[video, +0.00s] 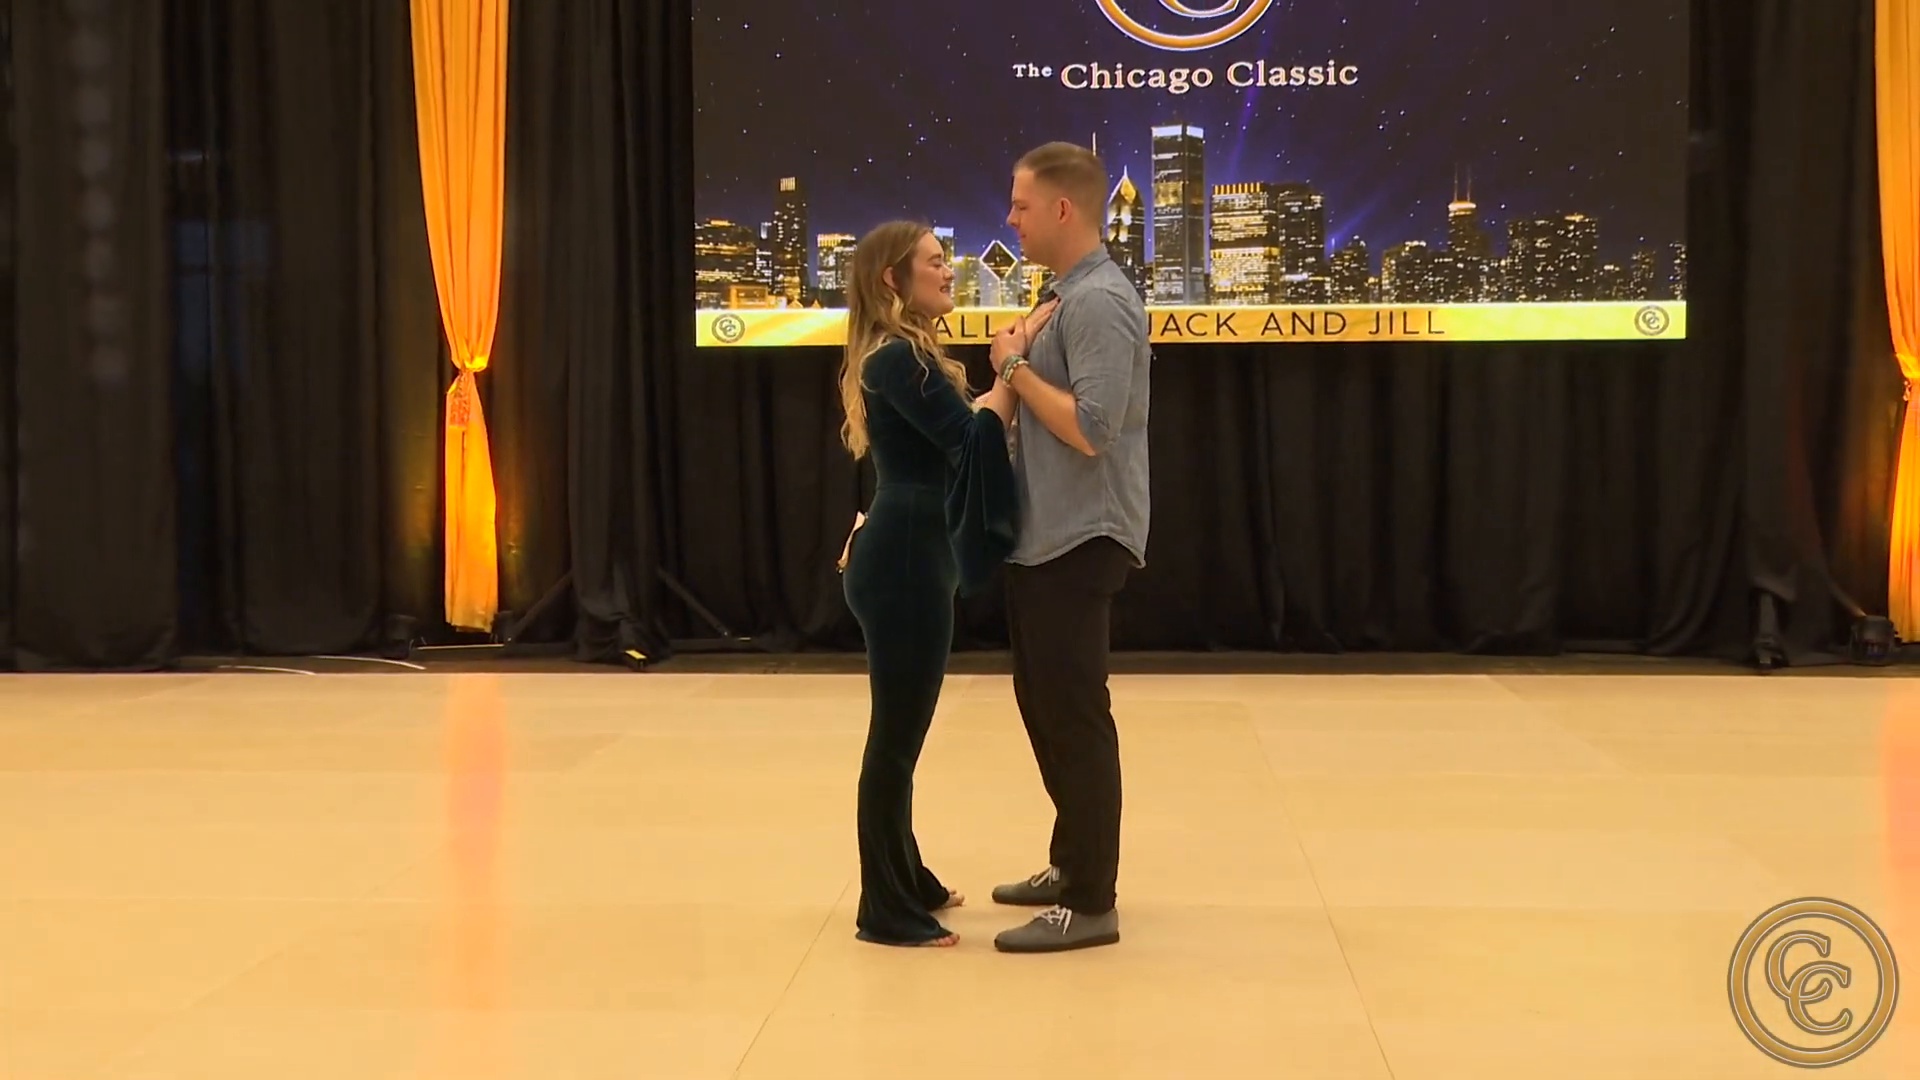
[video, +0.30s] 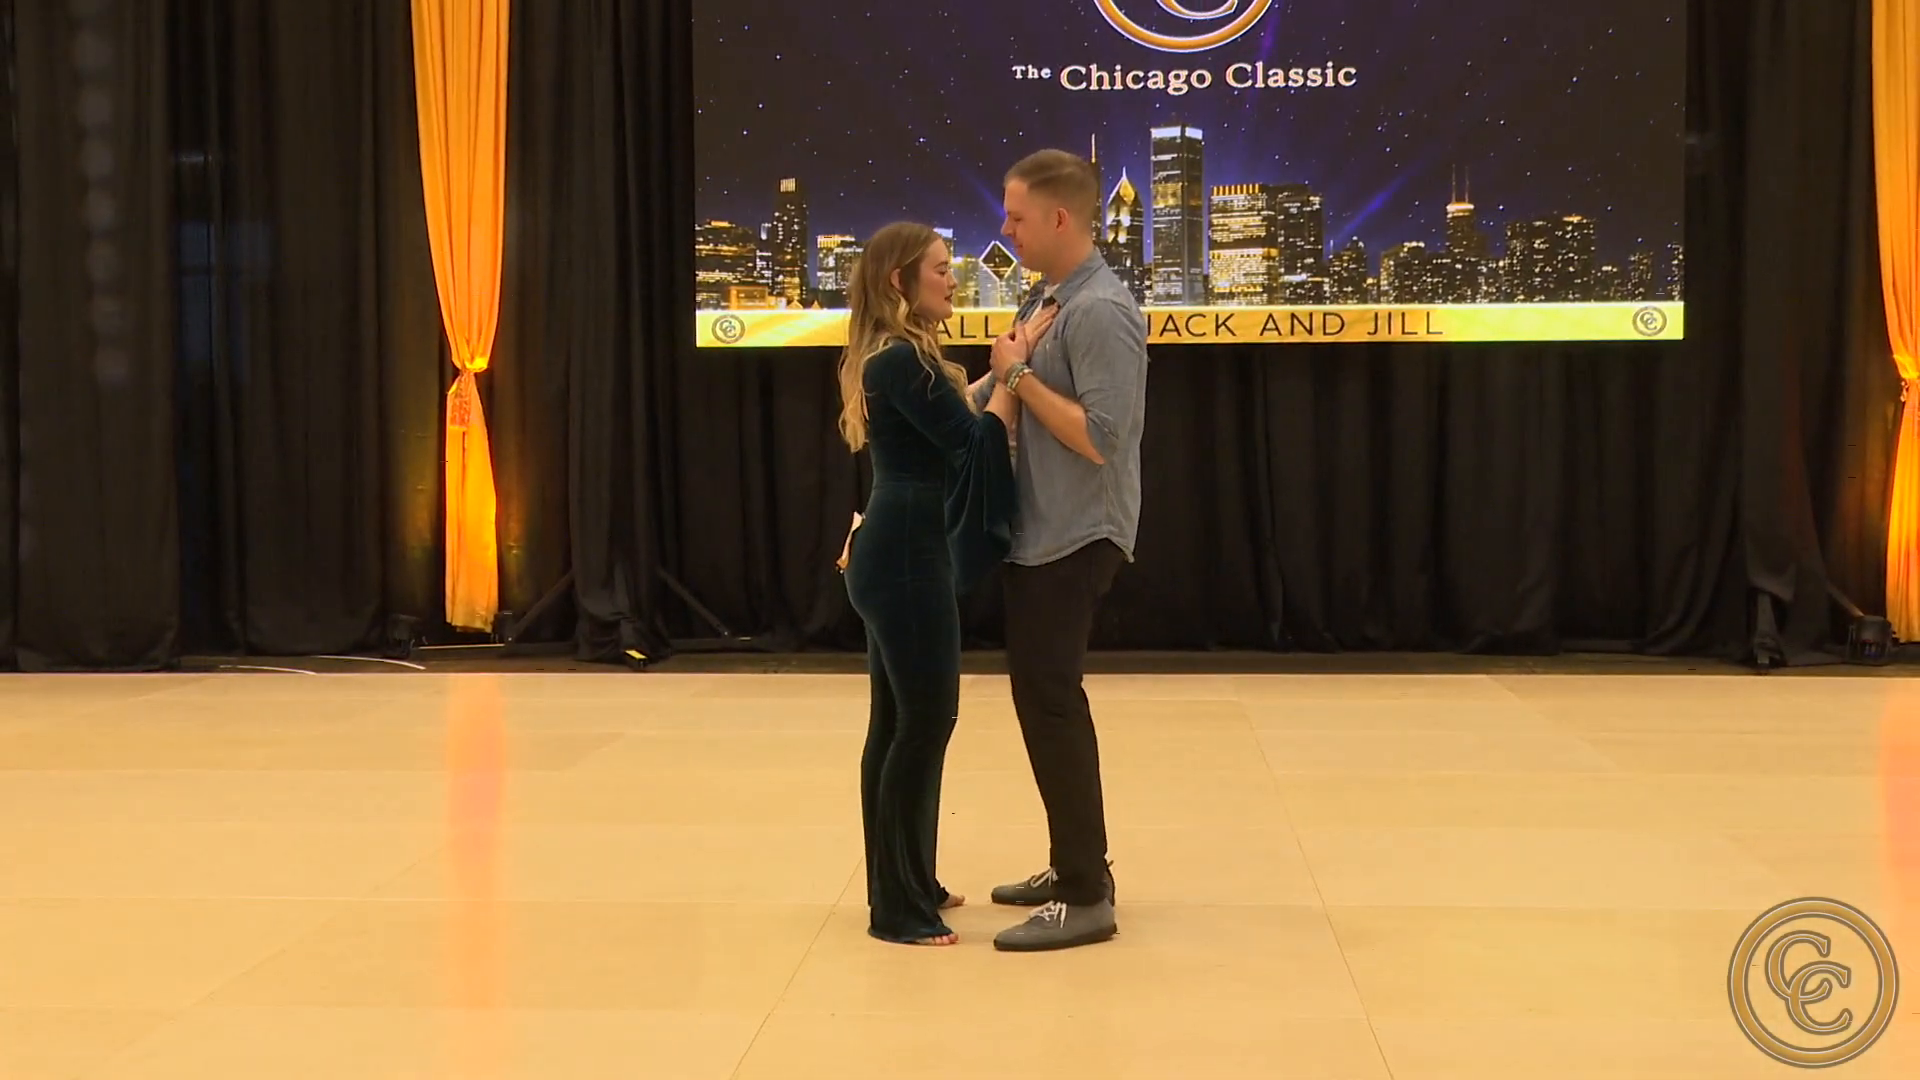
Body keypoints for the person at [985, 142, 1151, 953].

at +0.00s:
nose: (1012, 222)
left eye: (1021, 207)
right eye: (1013, 207)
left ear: (1065, 210)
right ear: (1065, 210)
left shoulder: (1100, 300)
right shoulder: (1065, 300)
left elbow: (1091, 431)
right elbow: (1035, 413)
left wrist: (1016, 368)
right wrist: (1018, 363)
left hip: (1082, 536)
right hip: (1047, 535)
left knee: (1076, 709)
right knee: (1045, 703)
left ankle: (1092, 905)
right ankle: (1075, 870)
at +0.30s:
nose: (1008, 234)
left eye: (1016, 219)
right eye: (1008, 219)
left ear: (1063, 220)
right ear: (1058, 221)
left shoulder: (1101, 309)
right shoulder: (1052, 303)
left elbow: (1101, 441)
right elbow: (1020, 408)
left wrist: (1019, 372)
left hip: (1077, 537)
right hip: (1044, 533)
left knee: (1053, 702)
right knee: (1041, 698)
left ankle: (1087, 897)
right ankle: (1073, 868)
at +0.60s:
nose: (999, 246)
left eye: (1006, 231)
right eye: (996, 232)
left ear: (1053, 223)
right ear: (1046, 227)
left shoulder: (1101, 313)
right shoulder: (1036, 308)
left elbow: (1109, 443)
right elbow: (993, 406)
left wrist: (1022, 379)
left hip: (1080, 536)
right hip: (1044, 532)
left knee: (1043, 701)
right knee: (1062, 698)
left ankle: (1070, 887)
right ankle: (1079, 865)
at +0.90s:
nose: (993, 256)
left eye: (998, 241)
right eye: (988, 243)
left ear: (1044, 226)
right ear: (1033, 231)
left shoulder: (1098, 312)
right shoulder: (1027, 306)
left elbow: (1110, 445)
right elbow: (979, 404)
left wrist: (1021, 383)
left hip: (1081, 537)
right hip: (1037, 532)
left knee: (1063, 704)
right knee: (1050, 702)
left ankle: (1071, 887)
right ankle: (1074, 863)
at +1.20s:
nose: (993, 257)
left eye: (995, 241)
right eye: (988, 244)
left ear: (1037, 225)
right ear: (1037, 226)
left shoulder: (1100, 308)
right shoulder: (1052, 308)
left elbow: (1108, 444)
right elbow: (1035, 424)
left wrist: (1022, 382)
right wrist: (1014, 389)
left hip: (1085, 535)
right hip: (1050, 531)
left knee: (1061, 699)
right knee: (1052, 698)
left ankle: (1091, 898)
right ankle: (1073, 869)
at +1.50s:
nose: (999, 255)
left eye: (1000, 238)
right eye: (994, 241)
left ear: (1036, 221)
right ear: (1043, 219)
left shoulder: (1099, 297)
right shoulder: (1073, 300)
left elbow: (1105, 420)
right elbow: (1051, 422)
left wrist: (1026, 371)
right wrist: (1025, 375)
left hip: (1093, 540)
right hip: (1065, 538)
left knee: (1085, 727)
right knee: (1064, 720)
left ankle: (1099, 920)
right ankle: (1065, 878)